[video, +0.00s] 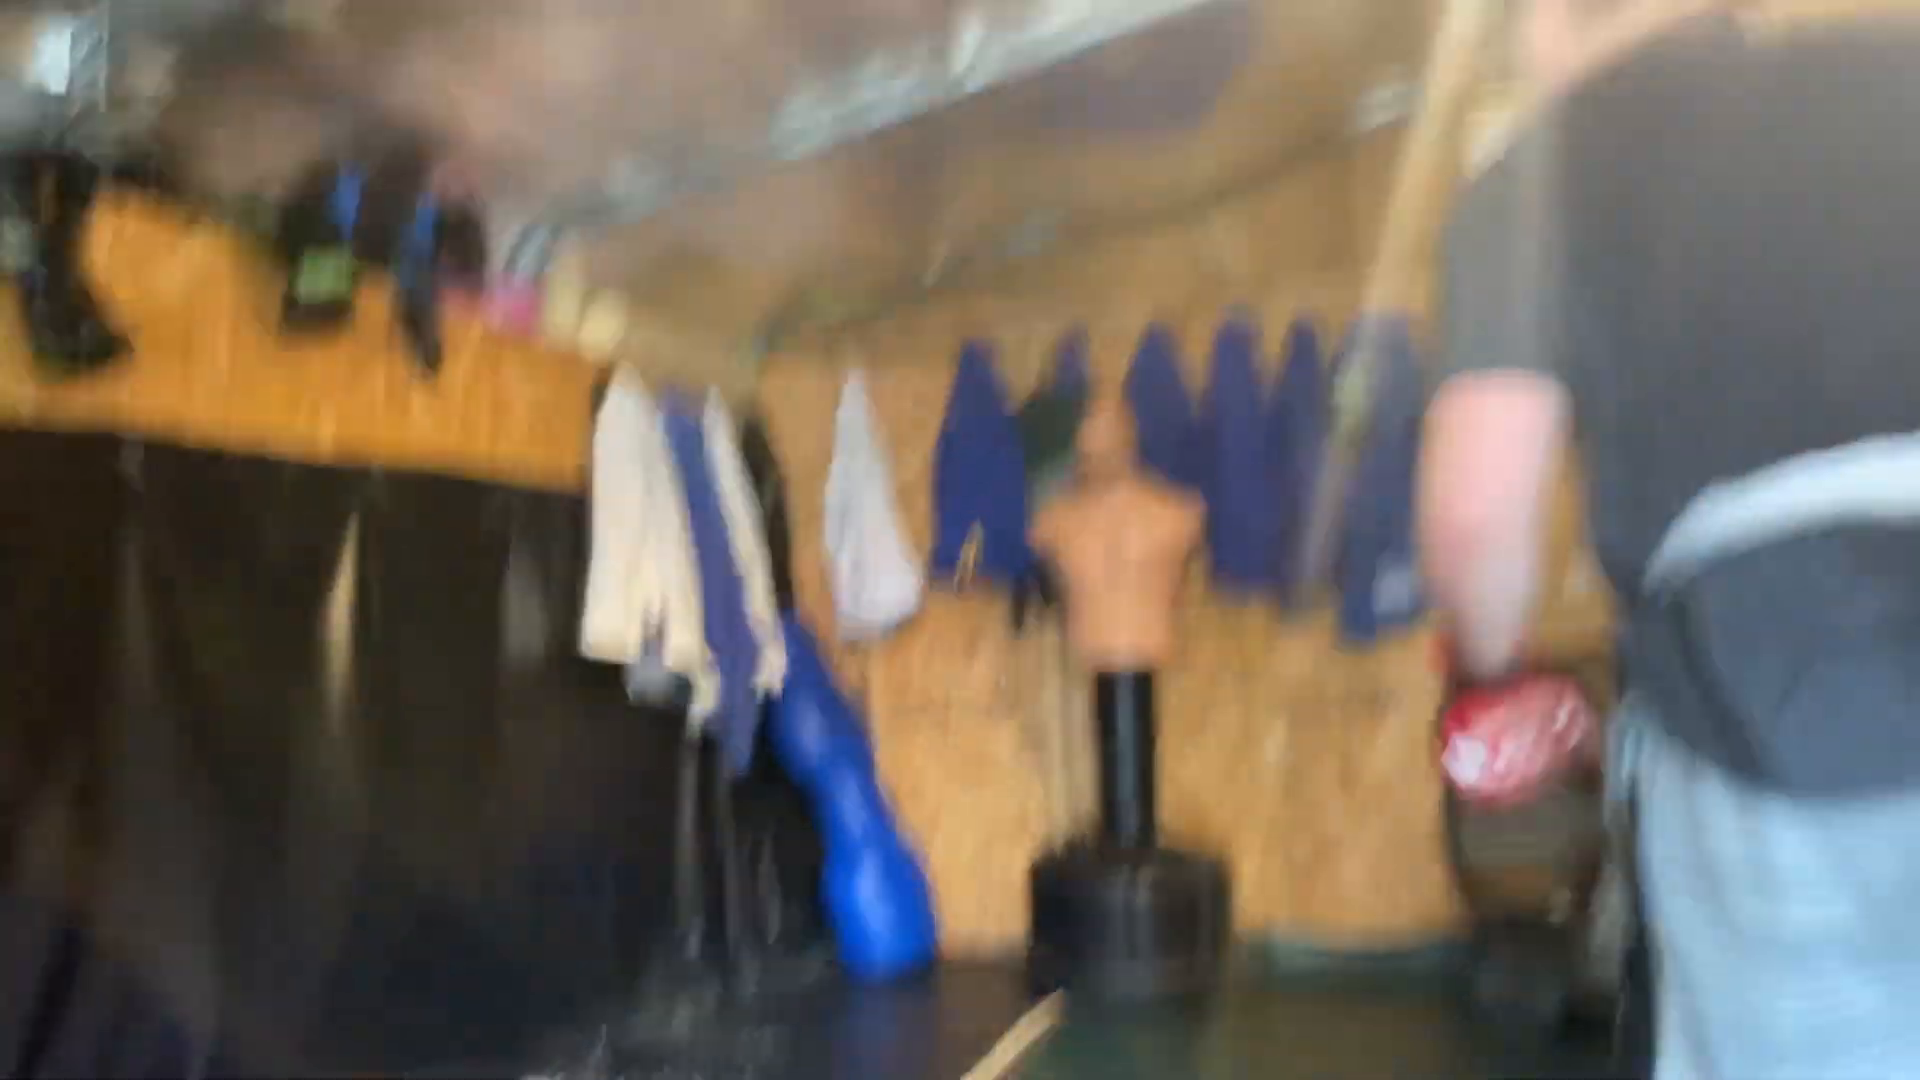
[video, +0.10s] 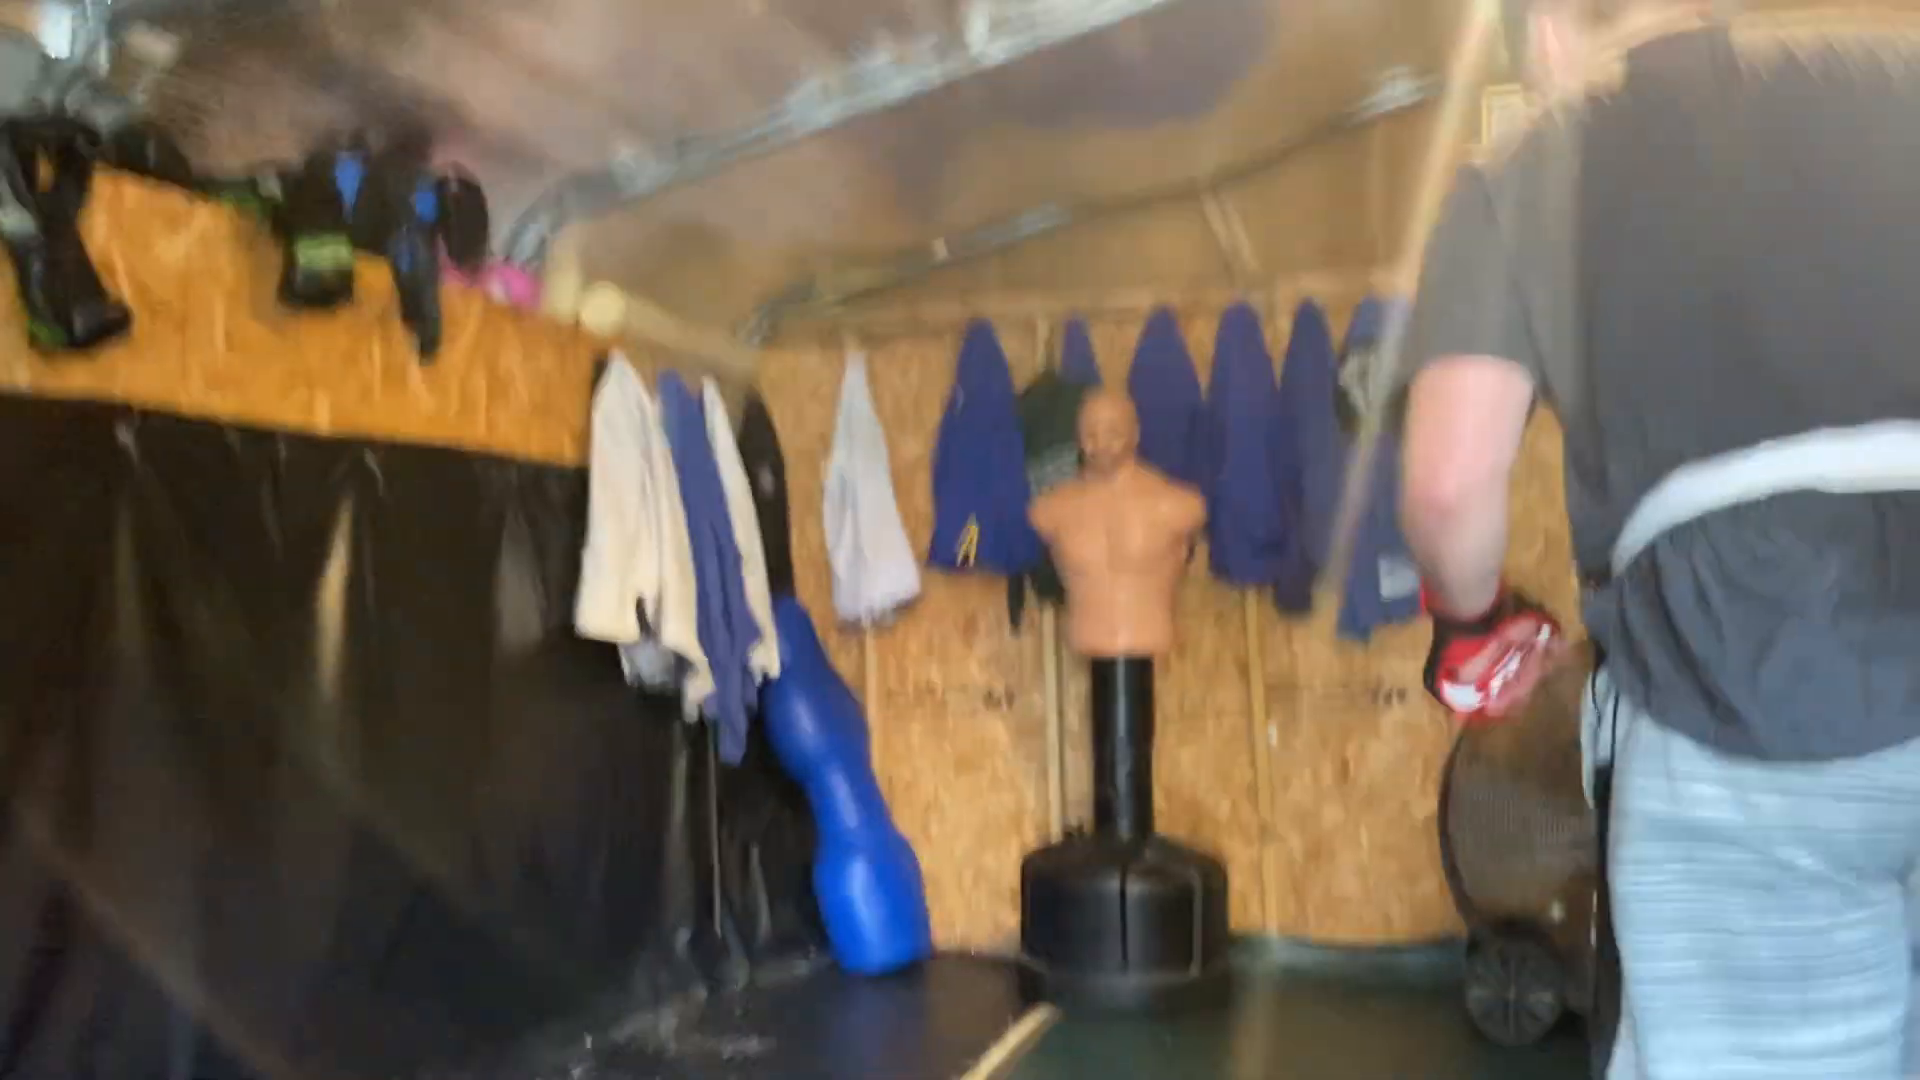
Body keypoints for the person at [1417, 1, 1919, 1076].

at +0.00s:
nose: (1520, 45)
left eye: (1524, 23)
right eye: (1519, 26)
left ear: (1567, 12)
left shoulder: (1556, 162)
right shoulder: (1884, 71)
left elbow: (1479, 513)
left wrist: (1493, 682)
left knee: (1806, 1057)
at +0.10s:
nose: (1528, 56)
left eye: (1529, 30)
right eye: (1525, 32)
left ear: (1565, 30)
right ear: (1719, 10)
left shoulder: (1542, 165)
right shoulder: (1897, 70)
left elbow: (1447, 479)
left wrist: (1472, 621)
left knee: (1771, 1053)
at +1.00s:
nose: (1023, 243)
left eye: (1040, 219)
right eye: (1019, 222)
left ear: (1108, 213)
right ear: (1110, 218)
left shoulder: (1125, 320)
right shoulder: (1203, 306)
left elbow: (1133, 518)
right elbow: (1178, 510)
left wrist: (1030, 587)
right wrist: (1052, 599)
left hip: (1176, 648)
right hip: (1243, 637)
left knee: (1149, 922)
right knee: (1173, 905)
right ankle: (1283, 1072)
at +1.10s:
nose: (1014, 239)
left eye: (1036, 217)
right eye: (1006, 221)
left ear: (1101, 220)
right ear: (1006, 233)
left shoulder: (1127, 326)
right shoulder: (1085, 337)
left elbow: (1142, 515)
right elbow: (1090, 513)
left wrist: (1010, 579)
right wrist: (1012, 581)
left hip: (1156, 642)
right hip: (1108, 643)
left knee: (1151, 934)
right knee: (1094, 899)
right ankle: (1154, 1066)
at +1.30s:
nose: (962, 287)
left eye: (983, 268)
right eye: (950, 270)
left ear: (1029, 275)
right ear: (936, 283)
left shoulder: (1079, 384)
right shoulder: (958, 407)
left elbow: (1133, 540)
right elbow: (943, 556)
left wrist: (992, 606)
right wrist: (900, 623)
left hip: (1073, 679)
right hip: (989, 686)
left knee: (1058, 942)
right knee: (993, 922)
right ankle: (1021, 1073)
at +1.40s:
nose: (910, 273)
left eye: (930, 255)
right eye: (896, 256)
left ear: (971, 266)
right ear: (879, 269)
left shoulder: (1027, 377)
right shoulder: (884, 385)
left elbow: (1095, 516)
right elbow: (875, 527)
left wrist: (994, 588)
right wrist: (822, 595)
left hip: (1021, 664)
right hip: (930, 670)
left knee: (1012, 913)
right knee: (958, 895)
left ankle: (1106, 1074)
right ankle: (977, 1073)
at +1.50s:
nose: (861, 274)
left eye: (880, 258)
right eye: (844, 259)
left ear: (915, 272)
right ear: (825, 276)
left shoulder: (981, 374)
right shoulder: (819, 390)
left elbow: (1058, 495)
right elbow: (800, 517)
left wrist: (985, 578)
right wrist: (742, 592)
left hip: (979, 659)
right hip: (880, 665)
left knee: (990, 896)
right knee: (917, 892)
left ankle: (1070, 1074)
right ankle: (940, 1076)